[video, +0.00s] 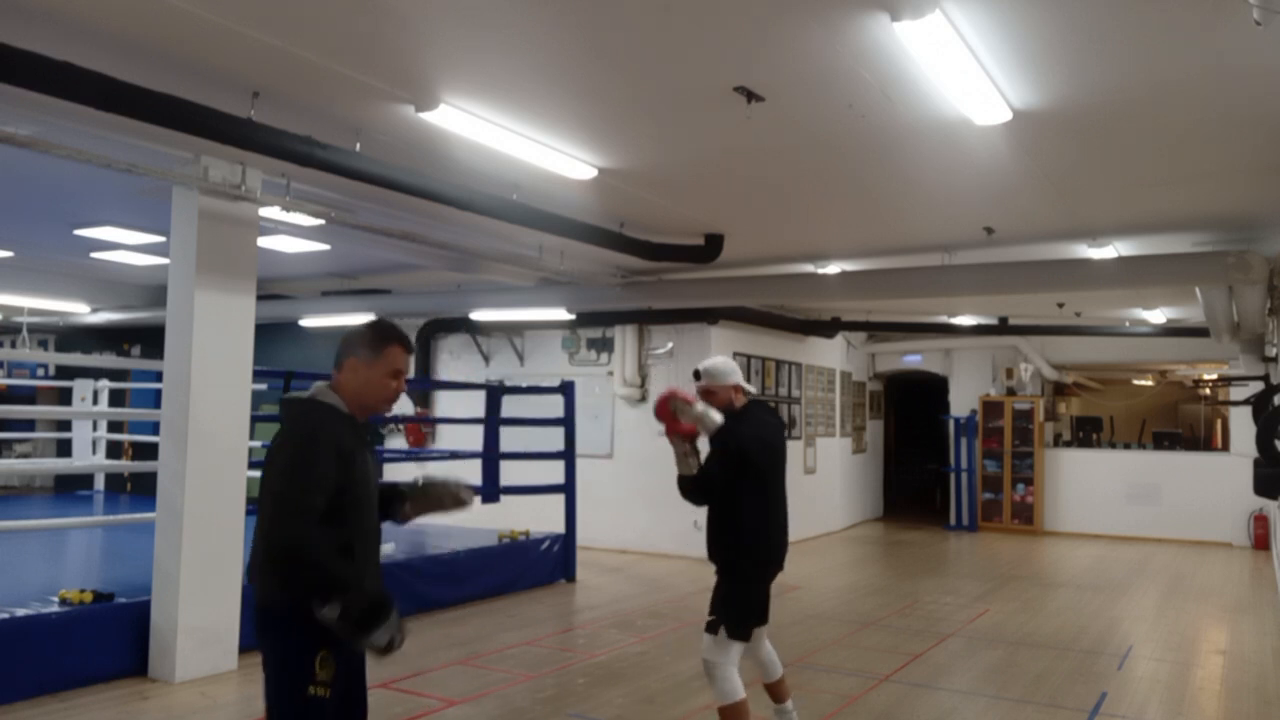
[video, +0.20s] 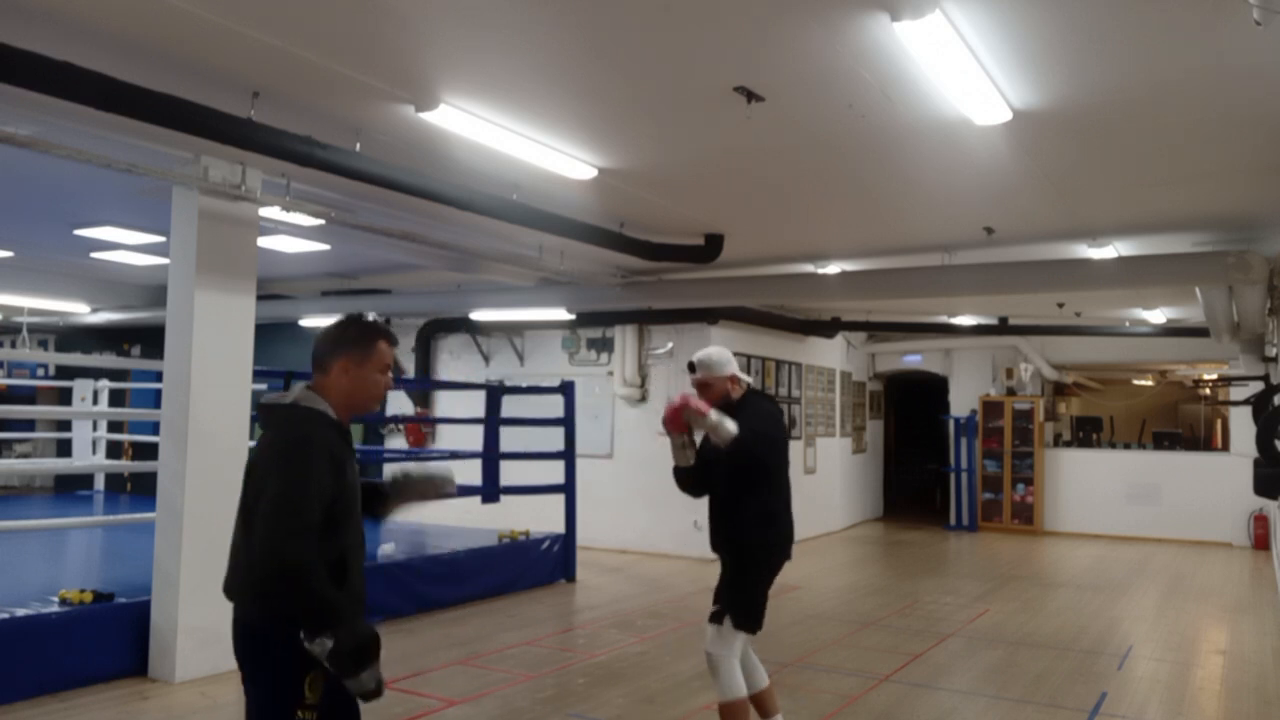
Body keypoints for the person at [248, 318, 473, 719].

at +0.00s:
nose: (401, 389)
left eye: (404, 378)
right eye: (394, 375)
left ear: (352, 370)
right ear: (352, 367)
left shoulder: (346, 427)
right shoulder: (314, 428)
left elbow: (346, 504)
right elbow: (299, 540)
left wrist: (405, 502)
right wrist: (369, 613)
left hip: (329, 616)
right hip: (302, 619)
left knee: (343, 709)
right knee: (312, 711)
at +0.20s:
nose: (389, 383)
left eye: (390, 372)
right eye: (383, 370)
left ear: (345, 369)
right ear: (345, 367)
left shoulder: (315, 423)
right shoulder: (310, 432)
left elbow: (324, 505)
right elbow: (296, 553)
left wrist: (388, 496)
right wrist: (352, 647)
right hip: (288, 630)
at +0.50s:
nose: (384, 366)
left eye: (384, 355)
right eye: (378, 354)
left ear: (341, 355)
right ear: (343, 354)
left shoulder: (292, 413)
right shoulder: (307, 428)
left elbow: (318, 470)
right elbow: (306, 553)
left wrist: (383, 442)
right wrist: (375, 620)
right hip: (286, 627)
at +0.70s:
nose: (396, 372)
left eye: (395, 361)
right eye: (391, 359)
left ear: (354, 358)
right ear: (357, 357)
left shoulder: (303, 417)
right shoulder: (321, 432)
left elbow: (326, 482)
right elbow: (327, 563)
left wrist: (399, 445)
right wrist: (401, 607)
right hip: (304, 622)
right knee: (350, 711)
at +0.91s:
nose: (431, 389)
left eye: (432, 377)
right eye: (426, 375)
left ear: (393, 371)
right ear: (392, 371)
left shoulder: (374, 431)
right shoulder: (333, 442)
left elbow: (415, 436)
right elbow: (322, 562)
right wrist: (415, 602)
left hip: (359, 625)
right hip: (319, 631)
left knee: (383, 711)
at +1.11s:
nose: (431, 383)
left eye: (433, 372)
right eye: (425, 371)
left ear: (395, 367)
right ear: (390, 365)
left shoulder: (399, 424)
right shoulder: (326, 431)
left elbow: (423, 467)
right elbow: (316, 539)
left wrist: (479, 468)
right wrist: (423, 544)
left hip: (379, 600)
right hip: (324, 606)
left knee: (389, 706)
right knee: (332, 710)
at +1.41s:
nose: (405, 375)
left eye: (405, 363)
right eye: (398, 362)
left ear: (364, 362)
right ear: (362, 361)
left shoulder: (367, 419)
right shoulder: (313, 420)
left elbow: (380, 479)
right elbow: (356, 506)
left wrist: (431, 436)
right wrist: (417, 427)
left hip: (364, 597)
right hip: (315, 601)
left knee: (402, 703)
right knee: (312, 712)